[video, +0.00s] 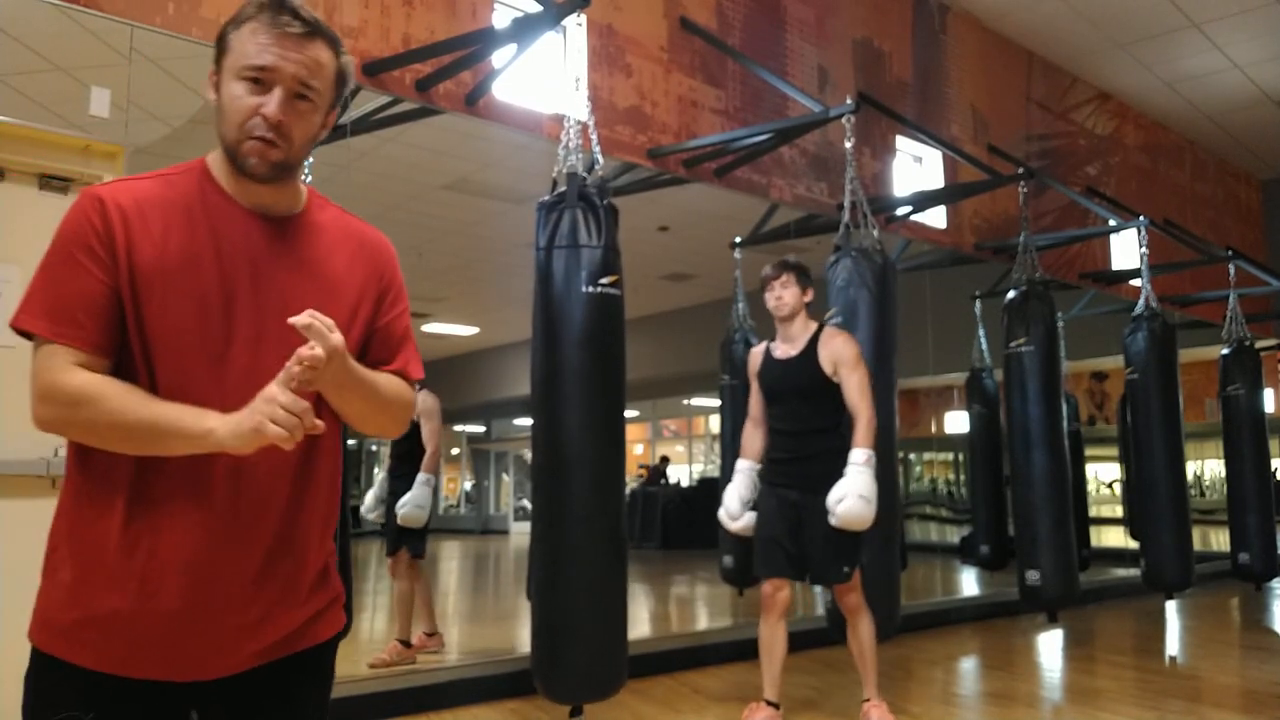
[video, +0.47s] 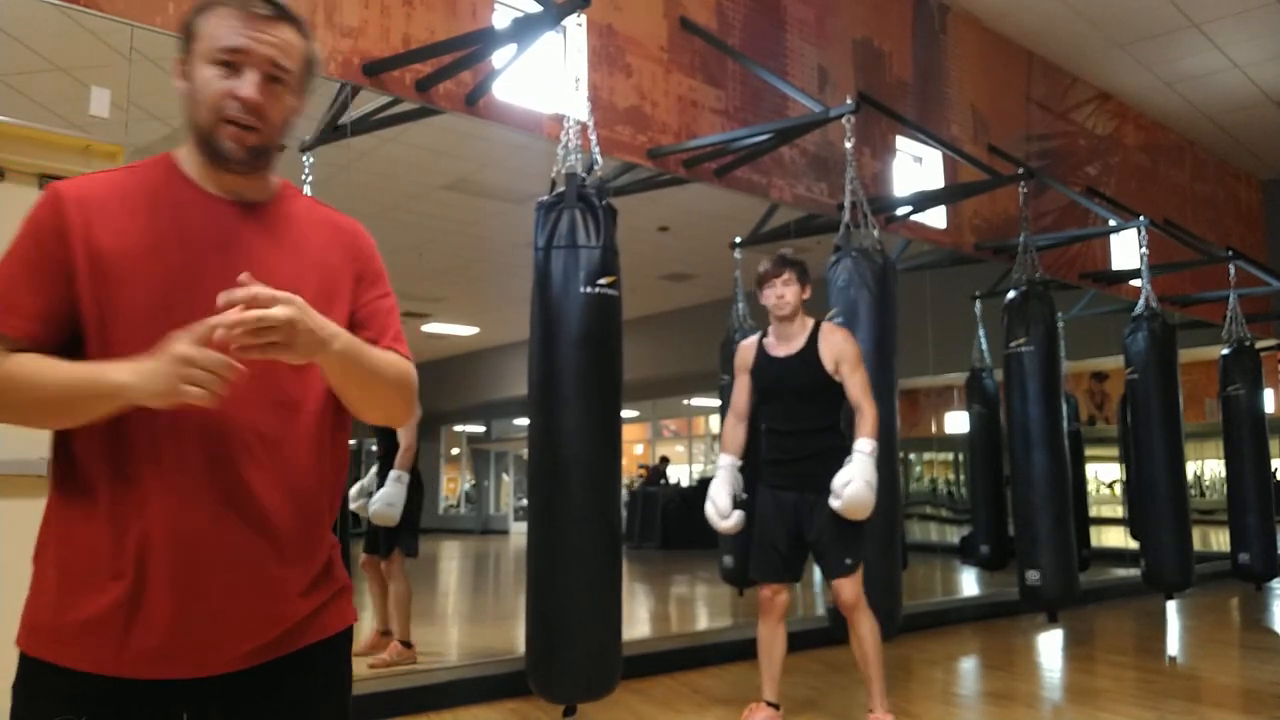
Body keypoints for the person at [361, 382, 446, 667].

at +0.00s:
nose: (393, 377)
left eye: (396, 370)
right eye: (391, 372)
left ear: (407, 370)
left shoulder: (425, 399)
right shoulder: (399, 403)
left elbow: (432, 450)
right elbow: (396, 457)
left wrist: (421, 488)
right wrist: (380, 490)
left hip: (412, 486)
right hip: (396, 485)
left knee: (400, 563)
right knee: (412, 564)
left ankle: (402, 642)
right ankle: (430, 632)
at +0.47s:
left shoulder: (404, 393)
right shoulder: (380, 394)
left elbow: (408, 445)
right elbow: (385, 451)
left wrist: (396, 484)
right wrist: (368, 482)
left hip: (401, 479)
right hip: (384, 478)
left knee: (393, 563)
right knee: (370, 562)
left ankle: (403, 644)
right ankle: (383, 632)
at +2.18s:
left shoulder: (405, 395)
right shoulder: (350, 400)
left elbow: (422, 447)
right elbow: (339, 449)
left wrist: (394, 464)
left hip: (389, 489)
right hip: (353, 488)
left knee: (378, 564)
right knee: (337, 562)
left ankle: (391, 641)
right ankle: (346, 624)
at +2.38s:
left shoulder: (417, 398)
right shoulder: (355, 394)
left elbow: (433, 447)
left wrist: (414, 462)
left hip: (395, 487)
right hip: (358, 485)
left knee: (382, 567)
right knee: (345, 566)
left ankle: (391, 642)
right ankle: (338, 639)